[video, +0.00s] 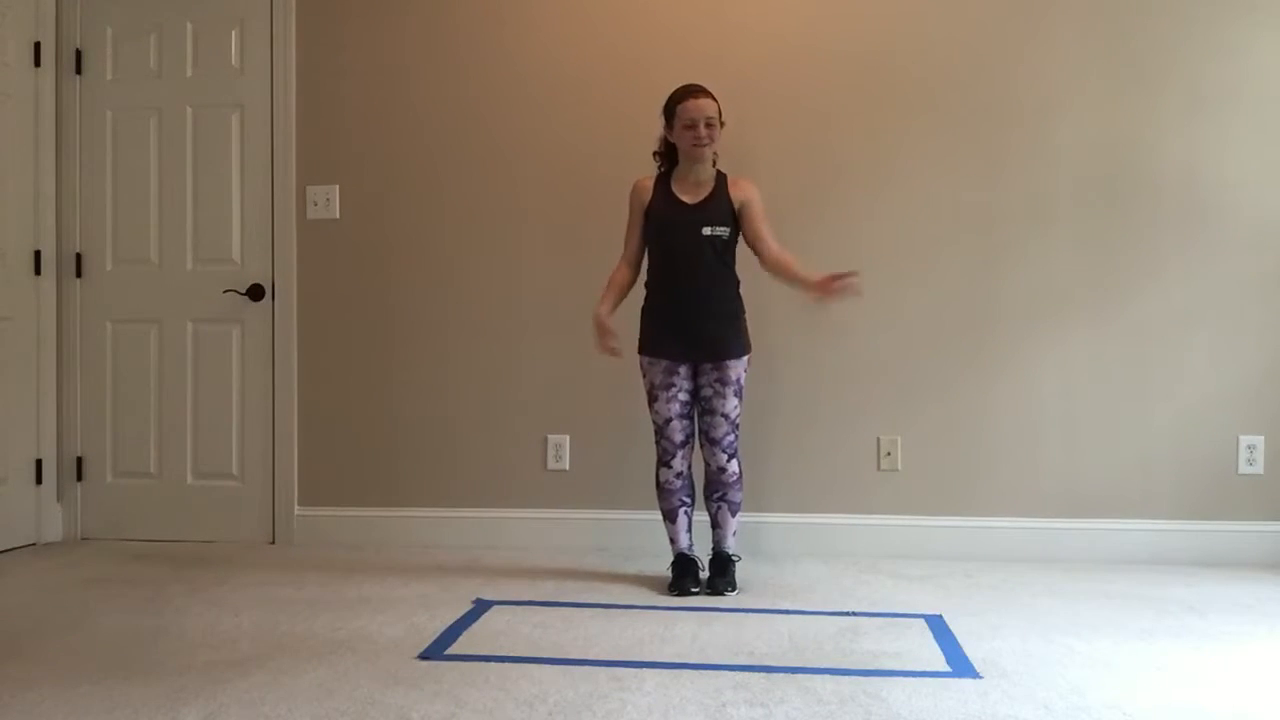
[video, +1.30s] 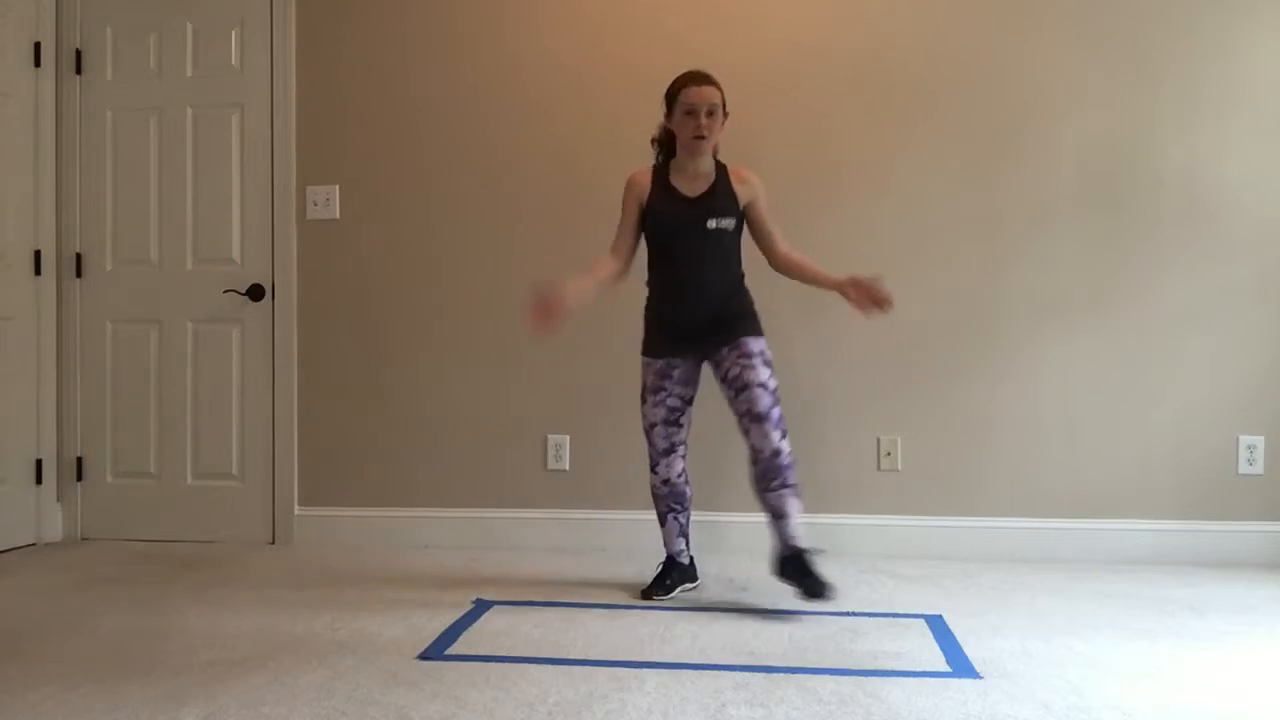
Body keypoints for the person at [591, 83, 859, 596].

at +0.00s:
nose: (702, 131)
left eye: (710, 123)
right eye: (690, 123)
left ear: (721, 129)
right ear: (670, 131)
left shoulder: (739, 192)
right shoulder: (647, 190)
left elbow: (770, 252)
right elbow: (630, 263)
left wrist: (811, 282)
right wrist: (604, 308)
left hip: (723, 341)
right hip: (664, 341)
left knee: (721, 448)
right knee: (672, 450)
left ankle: (724, 555)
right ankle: (683, 556)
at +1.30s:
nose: (701, 122)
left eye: (711, 112)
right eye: (689, 112)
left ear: (724, 122)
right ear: (669, 120)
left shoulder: (741, 184)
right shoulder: (644, 185)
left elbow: (780, 256)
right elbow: (617, 260)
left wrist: (840, 284)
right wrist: (569, 291)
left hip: (732, 326)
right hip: (668, 331)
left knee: (767, 430)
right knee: (664, 450)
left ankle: (790, 551)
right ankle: (678, 560)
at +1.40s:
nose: (714, 122)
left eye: (723, 111)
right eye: (701, 111)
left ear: (734, 117)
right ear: (679, 118)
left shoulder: (747, 181)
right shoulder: (652, 177)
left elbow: (779, 262)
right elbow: (609, 239)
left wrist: (828, 324)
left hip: (751, 325)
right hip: (683, 331)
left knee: (790, 437)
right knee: (677, 449)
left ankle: (832, 562)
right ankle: (678, 560)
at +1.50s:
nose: (725, 136)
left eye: (735, 125)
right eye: (713, 125)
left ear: (746, 130)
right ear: (692, 130)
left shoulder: (762, 198)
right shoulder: (665, 187)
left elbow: (773, 273)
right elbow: (605, 226)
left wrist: (783, 330)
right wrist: (602, 154)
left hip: (770, 333)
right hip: (702, 339)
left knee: (810, 453)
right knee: (688, 456)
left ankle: (855, 584)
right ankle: (683, 559)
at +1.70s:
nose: (745, 140)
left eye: (754, 128)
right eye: (732, 131)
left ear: (771, 136)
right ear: (715, 142)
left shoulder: (799, 203)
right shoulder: (696, 211)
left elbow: (830, 289)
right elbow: (620, 227)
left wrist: (870, 359)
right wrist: (642, 158)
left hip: (804, 358)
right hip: (729, 363)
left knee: (842, 472)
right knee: (684, 464)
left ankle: (864, 593)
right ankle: (681, 554)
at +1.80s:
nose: (749, 118)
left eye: (759, 106)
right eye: (736, 109)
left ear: (776, 115)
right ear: (720, 123)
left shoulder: (806, 185)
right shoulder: (705, 193)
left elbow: (866, 247)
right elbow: (633, 234)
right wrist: (591, 181)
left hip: (791, 351)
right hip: (714, 348)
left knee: (829, 472)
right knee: (659, 447)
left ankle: (861, 597)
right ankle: (662, 523)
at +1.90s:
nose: (746, 108)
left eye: (756, 96)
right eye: (733, 99)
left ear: (775, 104)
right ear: (717, 113)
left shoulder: (801, 170)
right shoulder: (706, 180)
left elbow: (868, 215)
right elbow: (648, 246)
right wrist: (570, 253)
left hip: (766, 339)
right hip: (691, 329)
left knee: (809, 464)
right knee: (642, 425)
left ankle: (854, 592)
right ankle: (626, 532)